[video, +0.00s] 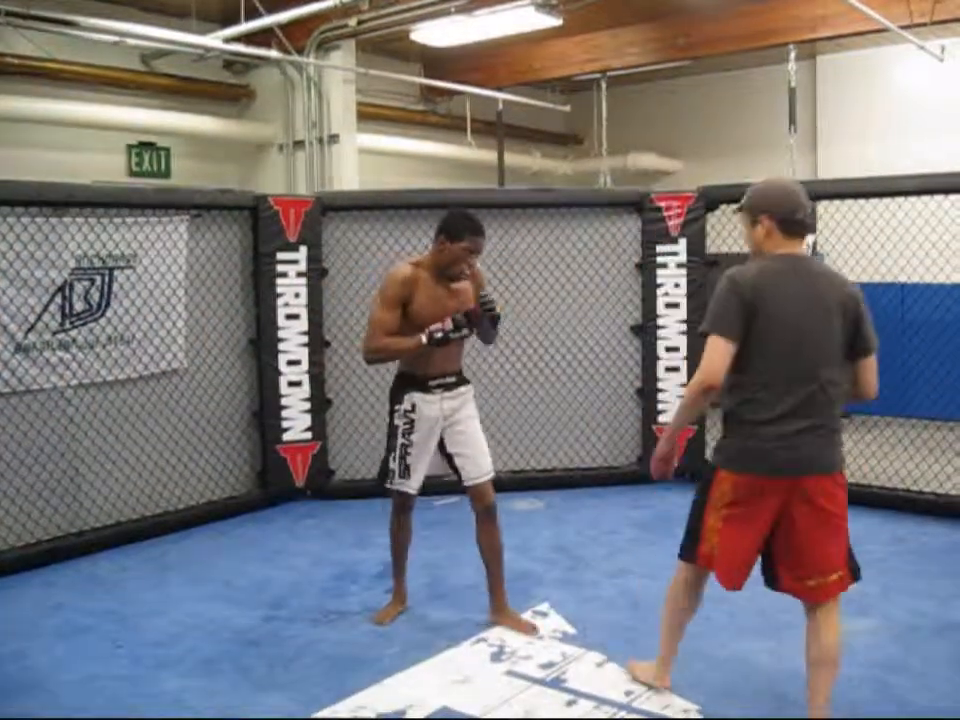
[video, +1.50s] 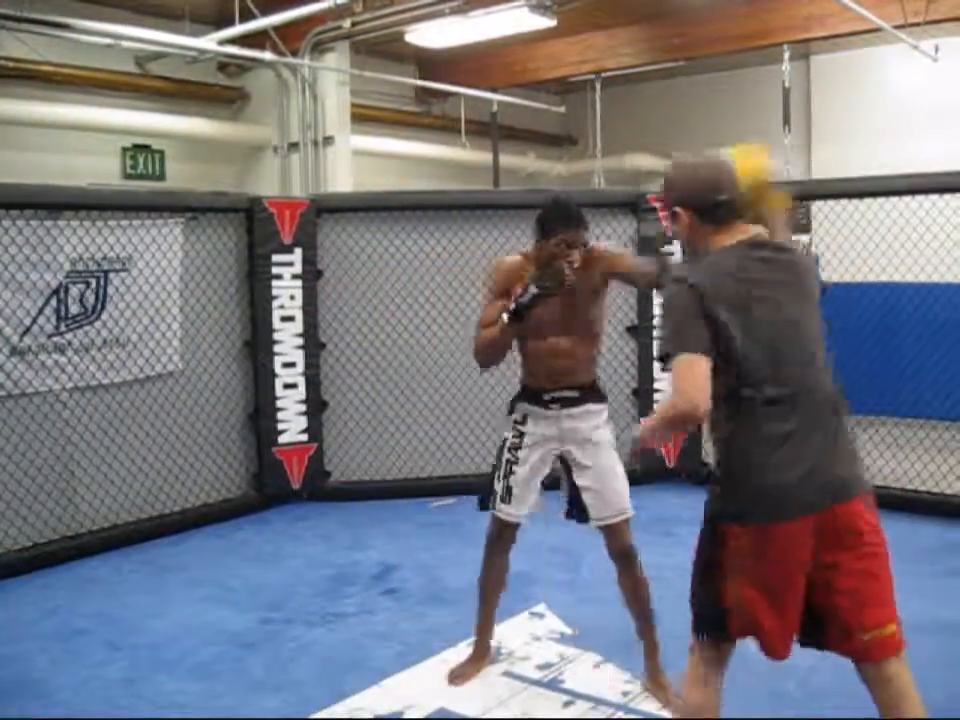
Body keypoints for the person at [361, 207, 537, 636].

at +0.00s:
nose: (470, 266)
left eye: (474, 258)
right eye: (466, 256)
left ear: (474, 253)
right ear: (442, 244)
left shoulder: (470, 277)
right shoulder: (402, 279)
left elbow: (484, 336)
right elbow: (372, 349)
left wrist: (486, 322)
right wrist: (427, 337)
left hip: (458, 398)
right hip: (414, 402)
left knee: (486, 501)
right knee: (403, 502)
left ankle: (500, 607)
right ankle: (398, 596)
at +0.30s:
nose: (495, 257)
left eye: (501, 250)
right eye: (490, 248)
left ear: (503, 247)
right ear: (468, 236)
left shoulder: (506, 269)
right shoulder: (427, 268)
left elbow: (530, 334)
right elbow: (397, 333)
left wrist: (506, 300)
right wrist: (438, 318)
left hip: (487, 393)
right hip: (440, 394)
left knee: (499, 503)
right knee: (421, 505)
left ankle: (501, 609)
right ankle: (424, 600)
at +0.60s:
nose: (493, 263)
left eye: (500, 256)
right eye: (487, 255)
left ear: (507, 252)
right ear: (467, 242)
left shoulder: (504, 267)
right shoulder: (432, 273)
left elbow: (529, 330)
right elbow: (411, 351)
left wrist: (515, 300)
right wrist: (455, 323)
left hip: (496, 398)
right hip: (449, 401)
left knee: (540, 510)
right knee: (440, 519)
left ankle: (524, 600)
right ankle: (439, 624)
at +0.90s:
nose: (536, 280)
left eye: (544, 274)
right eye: (530, 272)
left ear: (549, 267)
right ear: (511, 255)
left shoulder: (545, 276)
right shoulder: (475, 271)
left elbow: (576, 340)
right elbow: (462, 348)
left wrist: (579, 302)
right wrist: (510, 307)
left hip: (531, 408)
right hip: (481, 411)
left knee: (565, 528)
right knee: (458, 525)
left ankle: (573, 643)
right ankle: (441, 625)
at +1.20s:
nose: (554, 258)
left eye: (561, 249)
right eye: (546, 250)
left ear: (568, 242)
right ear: (525, 238)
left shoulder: (573, 263)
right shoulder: (488, 262)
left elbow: (599, 338)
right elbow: (465, 339)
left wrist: (585, 306)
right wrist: (506, 317)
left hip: (555, 404)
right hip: (503, 405)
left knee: (578, 529)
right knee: (486, 530)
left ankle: (575, 644)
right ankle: (482, 644)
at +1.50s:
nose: (572, 257)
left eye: (579, 247)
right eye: (563, 248)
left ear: (588, 240)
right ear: (540, 243)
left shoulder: (600, 262)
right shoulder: (512, 271)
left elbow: (664, 275)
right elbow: (485, 355)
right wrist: (522, 305)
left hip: (589, 415)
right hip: (531, 416)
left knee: (623, 547)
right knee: (500, 534)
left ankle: (653, 668)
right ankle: (482, 645)